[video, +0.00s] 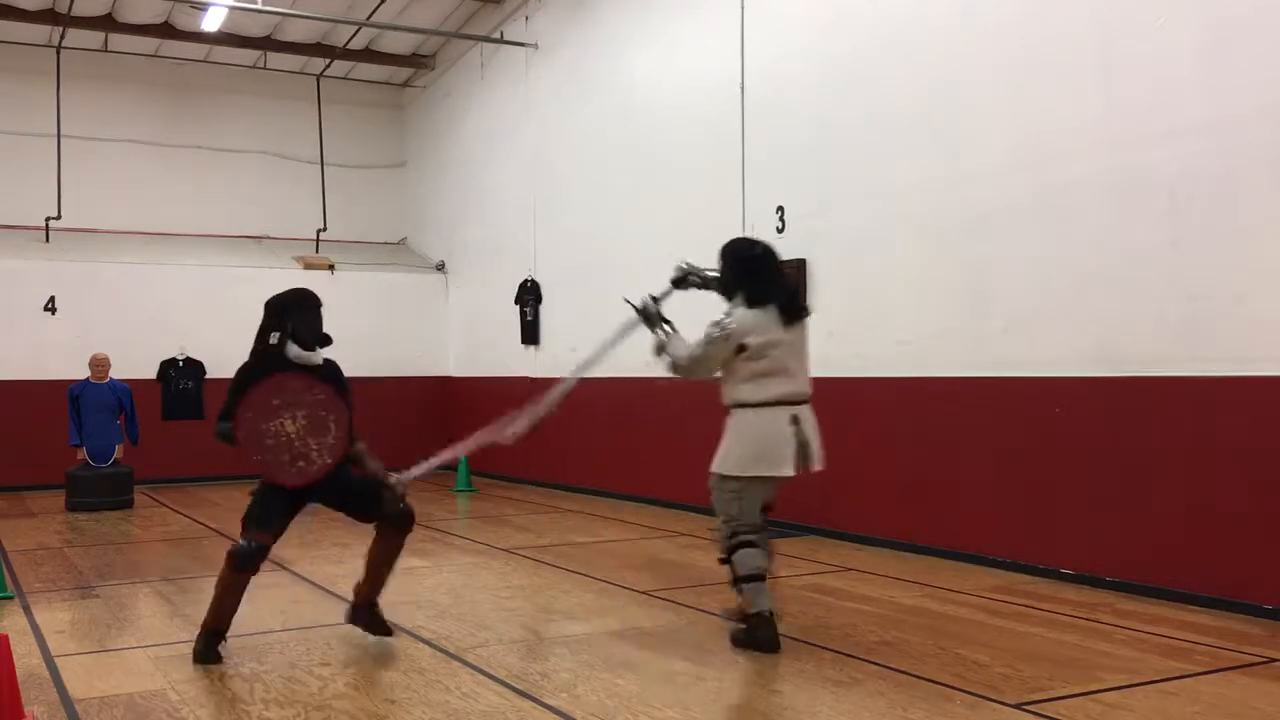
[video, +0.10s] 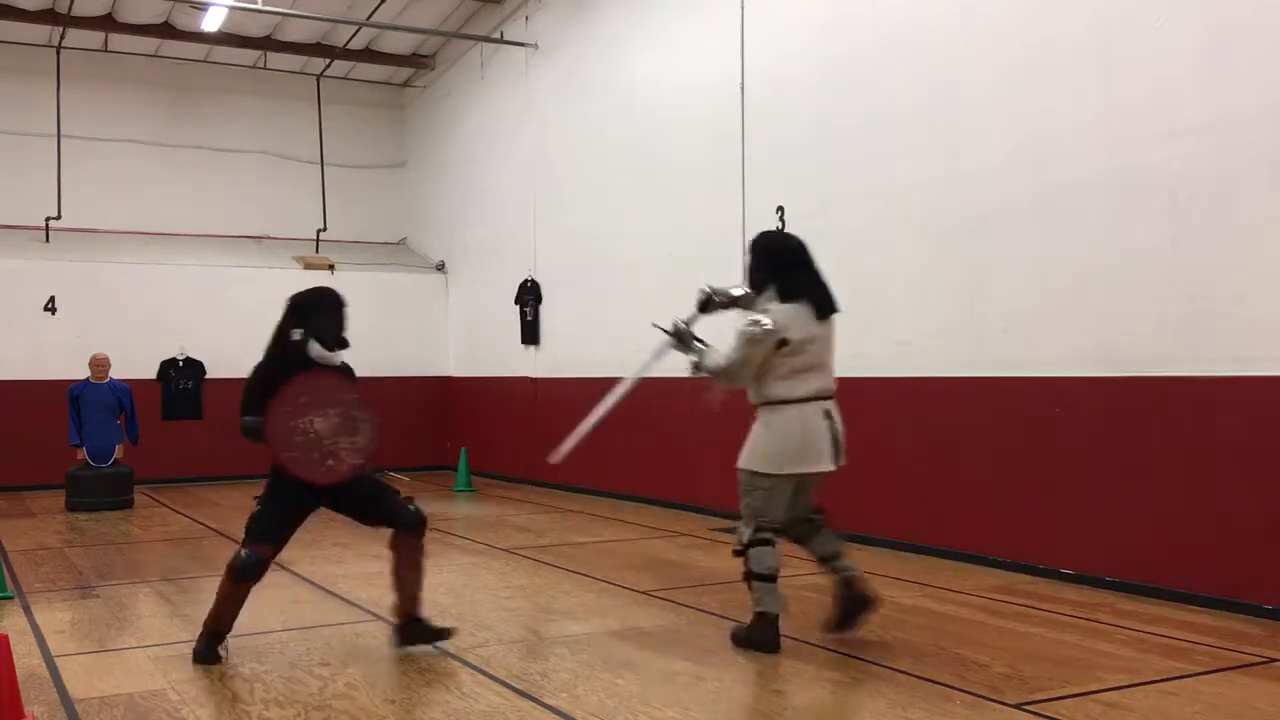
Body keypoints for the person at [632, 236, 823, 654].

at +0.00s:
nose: (722, 279)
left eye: (725, 273)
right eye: (720, 272)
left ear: (736, 278)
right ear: (772, 271)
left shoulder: (737, 325)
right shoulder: (792, 313)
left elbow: (692, 361)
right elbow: (753, 293)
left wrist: (660, 327)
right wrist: (708, 281)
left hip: (753, 433)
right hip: (794, 430)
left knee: (738, 524)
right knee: (749, 514)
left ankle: (760, 621)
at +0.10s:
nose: (750, 270)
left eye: (754, 263)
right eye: (752, 262)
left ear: (764, 269)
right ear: (799, 266)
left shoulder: (766, 320)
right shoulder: (819, 308)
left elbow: (733, 372)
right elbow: (775, 298)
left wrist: (695, 351)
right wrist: (733, 298)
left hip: (778, 434)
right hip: (823, 429)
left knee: (758, 526)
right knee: (798, 516)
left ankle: (765, 623)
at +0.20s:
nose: (780, 277)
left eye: (785, 269)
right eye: (782, 269)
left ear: (799, 273)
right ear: (829, 269)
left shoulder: (804, 324)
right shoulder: (847, 312)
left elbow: (769, 380)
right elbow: (793, 313)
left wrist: (721, 363)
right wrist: (752, 317)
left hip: (810, 433)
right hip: (851, 427)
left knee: (776, 526)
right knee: (854, 526)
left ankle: (765, 625)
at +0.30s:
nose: (815, 280)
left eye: (820, 273)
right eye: (817, 272)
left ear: (835, 279)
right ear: (862, 277)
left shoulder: (837, 330)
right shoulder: (879, 322)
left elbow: (800, 386)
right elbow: (826, 329)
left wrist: (754, 377)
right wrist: (781, 330)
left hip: (846, 441)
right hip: (887, 436)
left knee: (801, 531)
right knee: (904, 536)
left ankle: (769, 626)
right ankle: (978, 606)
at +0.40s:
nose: (847, 288)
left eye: (853, 280)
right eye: (849, 279)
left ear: (868, 286)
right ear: (898, 284)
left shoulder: (870, 336)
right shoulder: (917, 328)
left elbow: (836, 387)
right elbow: (864, 338)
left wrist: (788, 390)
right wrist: (818, 335)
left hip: (886, 447)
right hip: (928, 444)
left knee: (838, 535)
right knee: (940, 546)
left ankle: (786, 619)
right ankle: (999, 621)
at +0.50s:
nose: (874, 285)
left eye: (879, 277)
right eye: (876, 276)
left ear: (895, 282)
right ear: (923, 280)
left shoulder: (897, 331)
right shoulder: (946, 324)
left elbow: (858, 382)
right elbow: (903, 334)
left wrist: (812, 381)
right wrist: (855, 329)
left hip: (913, 445)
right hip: (954, 441)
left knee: (854, 528)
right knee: (947, 545)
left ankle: (825, 622)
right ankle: (1002, 624)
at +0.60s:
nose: (892, 279)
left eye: (896, 271)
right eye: (894, 271)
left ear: (912, 275)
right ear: (941, 273)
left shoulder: (910, 323)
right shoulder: (966, 313)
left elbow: (871, 373)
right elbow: (922, 323)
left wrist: (827, 374)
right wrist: (875, 315)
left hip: (938, 433)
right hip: (982, 432)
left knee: (876, 514)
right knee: (941, 527)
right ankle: (993, 611)